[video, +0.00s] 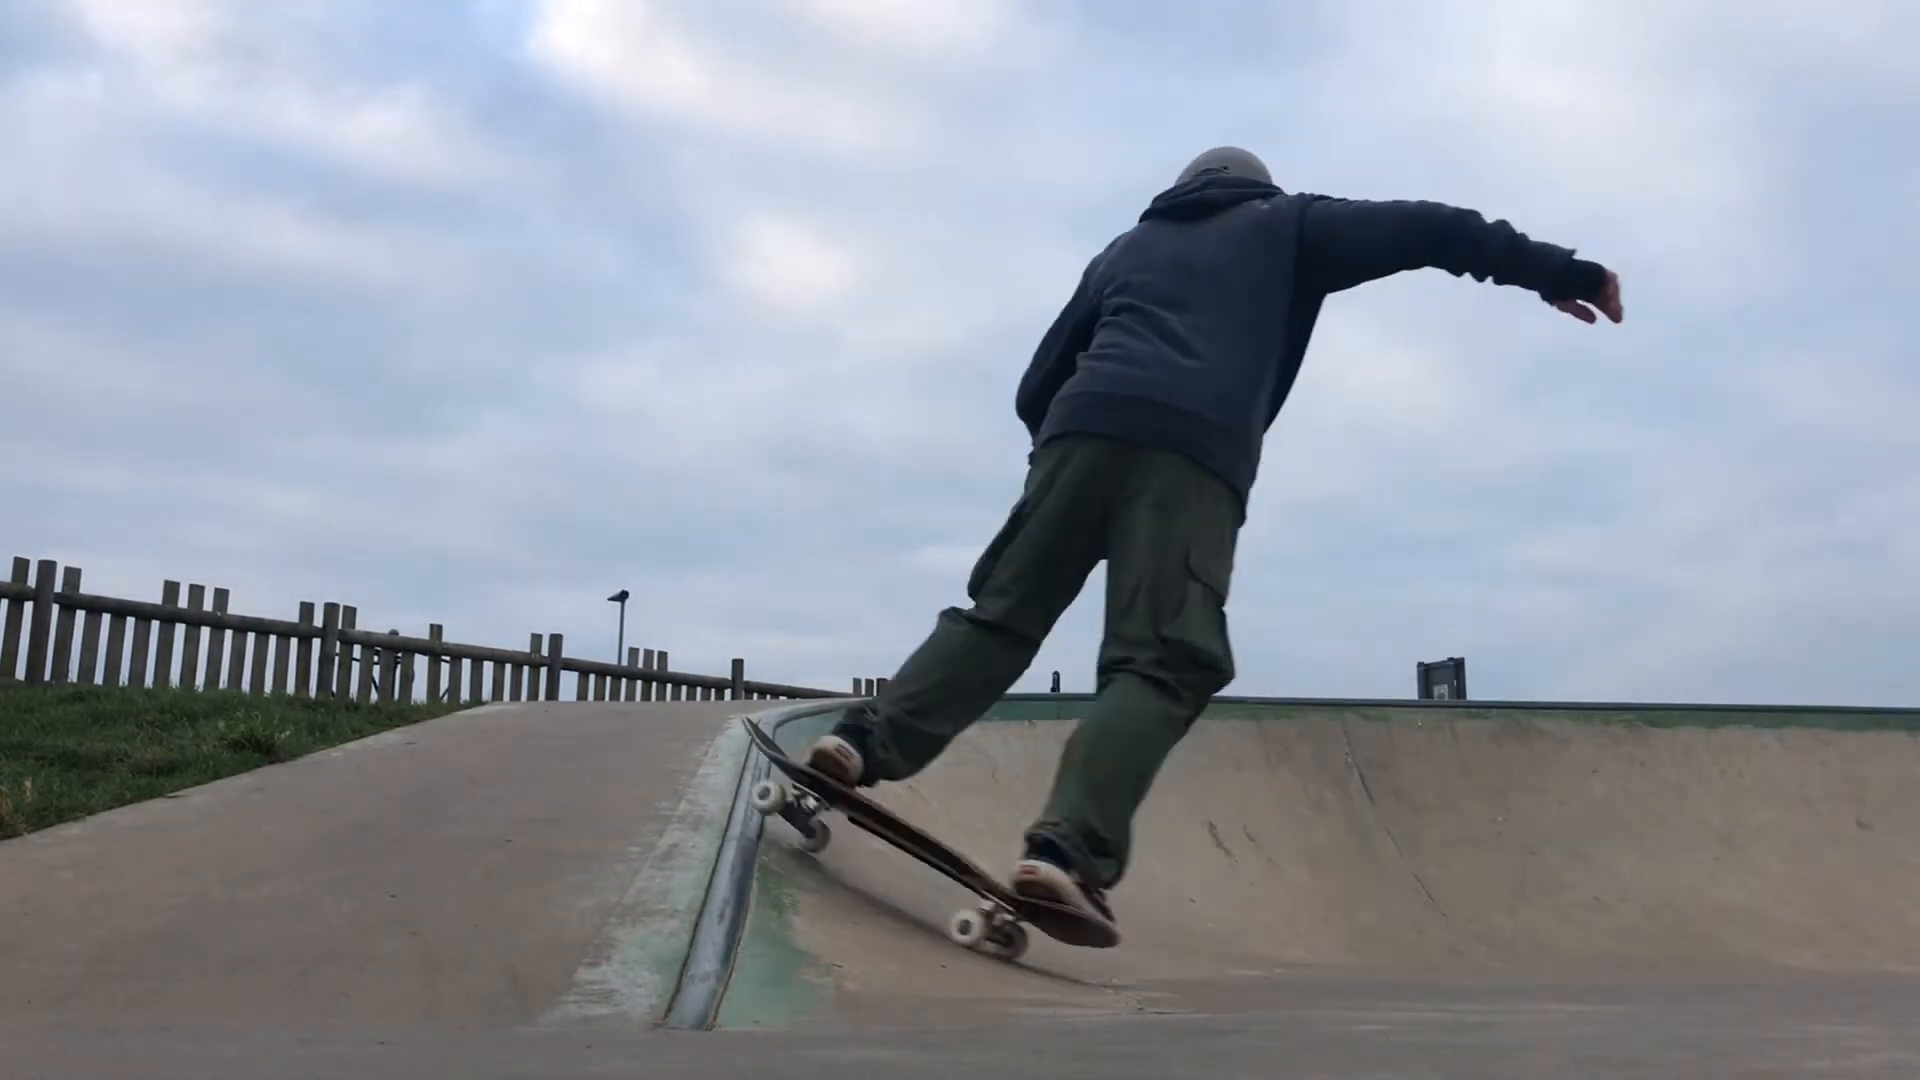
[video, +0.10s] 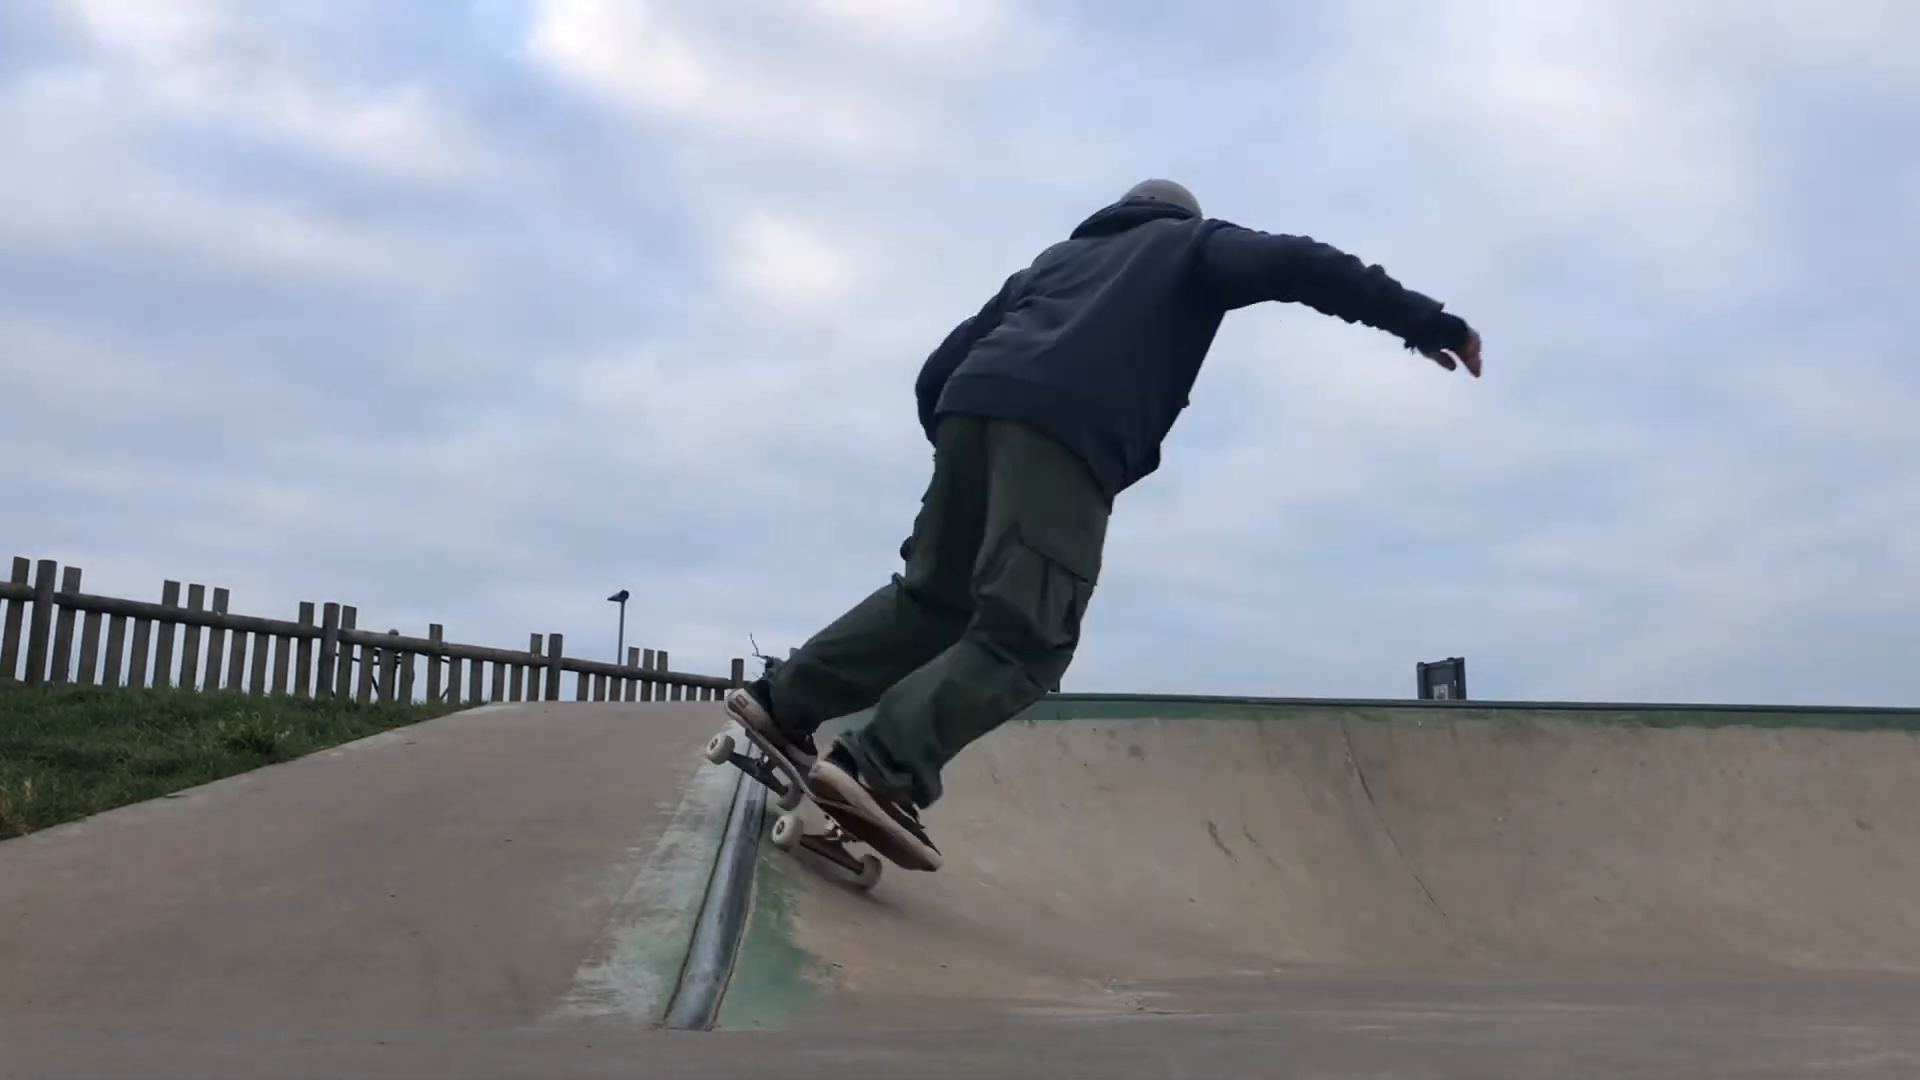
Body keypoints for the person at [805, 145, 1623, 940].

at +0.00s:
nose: (1271, 205)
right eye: (1273, 195)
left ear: (1184, 187)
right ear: (1265, 189)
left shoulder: (1130, 248)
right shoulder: (1289, 222)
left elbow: (1041, 379)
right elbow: (1429, 226)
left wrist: (1078, 437)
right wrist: (1555, 271)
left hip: (1084, 425)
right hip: (1198, 440)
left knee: (1001, 613)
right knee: (1160, 660)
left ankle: (863, 746)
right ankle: (1065, 858)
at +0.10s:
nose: (1199, 230)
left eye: (1186, 224)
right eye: (1197, 222)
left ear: (1119, 213)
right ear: (1183, 217)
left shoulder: (1056, 260)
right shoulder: (1190, 243)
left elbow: (953, 350)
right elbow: (1301, 261)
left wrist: (955, 425)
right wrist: (1426, 321)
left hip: (973, 398)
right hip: (1067, 415)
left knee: (934, 596)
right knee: (1021, 643)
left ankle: (780, 706)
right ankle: (875, 767)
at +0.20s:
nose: (1157, 264)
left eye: (1150, 259)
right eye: (1156, 254)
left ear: (1082, 224)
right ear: (1141, 240)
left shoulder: (1019, 259)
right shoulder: (1134, 259)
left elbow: (889, 343)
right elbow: (1231, 317)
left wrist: (889, 408)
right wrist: (1333, 391)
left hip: (898, 387)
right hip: (971, 403)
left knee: (897, 594)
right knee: (982, 623)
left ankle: (783, 700)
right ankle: (832, 731)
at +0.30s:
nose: (1133, 267)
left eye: (1134, 258)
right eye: (1131, 257)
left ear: (1070, 220)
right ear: (1115, 238)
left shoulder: (993, 250)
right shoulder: (1100, 256)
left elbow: (929, 320)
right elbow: (1156, 343)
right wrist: (1255, 420)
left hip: (870, 393)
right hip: (941, 409)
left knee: (873, 583)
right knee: (959, 609)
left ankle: (776, 693)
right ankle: (818, 718)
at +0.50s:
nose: (1155, 257)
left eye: (1164, 249)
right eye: (1158, 242)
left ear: (1110, 201)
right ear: (1131, 213)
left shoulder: (1022, 233)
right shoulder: (1082, 230)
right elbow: (1136, 287)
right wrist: (1217, 314)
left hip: (897, 395)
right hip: (939, 412)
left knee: (899, 578)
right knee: (937, 593)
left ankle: (785, 685)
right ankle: (805, 714)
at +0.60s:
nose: (1180, 261)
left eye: (1185, 253)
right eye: (1182, 248)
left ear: (1129, 207)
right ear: (1156, 222)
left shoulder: (1028, 247)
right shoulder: (1117, 241)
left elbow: (936, 313)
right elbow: (1199, 278)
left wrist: (952, 388)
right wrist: (1289, 275)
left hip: (931, 411)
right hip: (977, 423)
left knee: (948, 595)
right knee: (984, 599)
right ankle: (824, 672)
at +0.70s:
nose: (1201, 288)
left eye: (1207, 280)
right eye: (1202, 276)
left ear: (1154, 241)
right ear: (1175, 254)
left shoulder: (1045, 292)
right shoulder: (1136, 272)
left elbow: (958, 364)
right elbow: (1213, 298)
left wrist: (962, 441)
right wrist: (1301, 310)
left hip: (963, 459)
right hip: (1017, 459)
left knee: (996, 640)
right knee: (1055, 633)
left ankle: (935, 796)